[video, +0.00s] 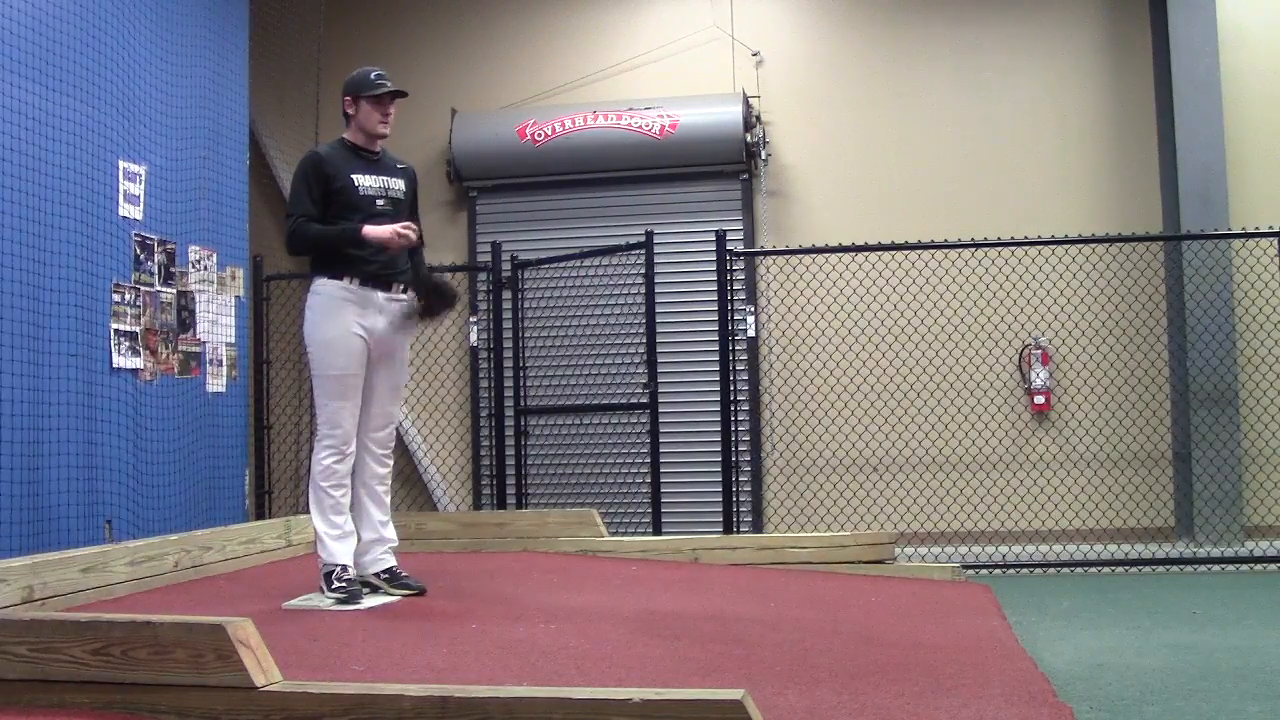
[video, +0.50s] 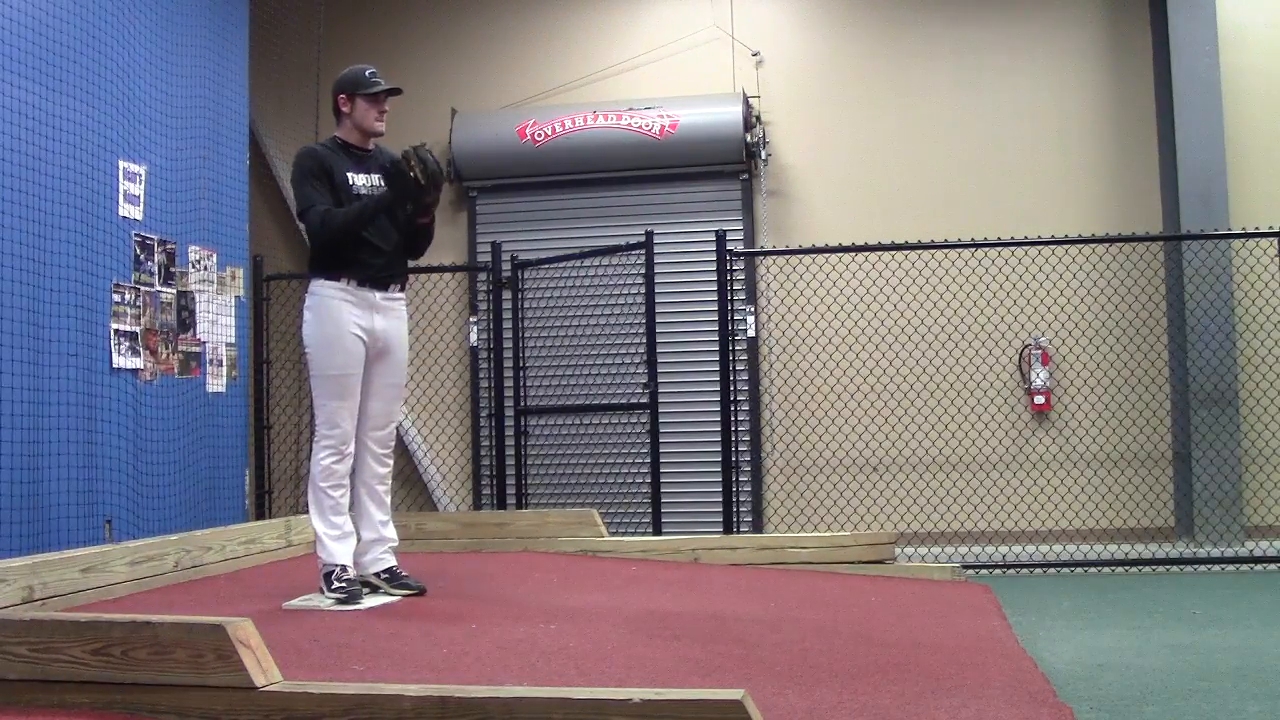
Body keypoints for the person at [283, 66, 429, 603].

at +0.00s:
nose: (388, 112)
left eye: (391, 104)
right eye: (378, 103)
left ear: (393, 110)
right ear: (350, 106)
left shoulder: (403, 173)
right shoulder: (320, 163)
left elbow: (410, 242)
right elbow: (297, 235)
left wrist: (423, 284)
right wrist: (368, 233)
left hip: (394, 307)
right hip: (338, 304)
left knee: (379, 439)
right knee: (338, 437)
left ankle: (376, 561)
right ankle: (336, 564)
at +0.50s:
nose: (384, 107)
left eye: (386, 100)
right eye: (374, 100)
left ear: (384, 107)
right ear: (345, 104)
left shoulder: (395, 168)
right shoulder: (315, 159)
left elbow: (414, 248)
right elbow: (322, 228)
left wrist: (426, 203)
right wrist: (388, 194)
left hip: (391, 310)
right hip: (336, 306)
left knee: (379, 442)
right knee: (336, 440)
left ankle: (377, 561)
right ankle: (335, 564)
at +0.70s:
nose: (382, 107)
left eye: (384, 99)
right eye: (372, 99)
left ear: (384, 106)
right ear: (343, 104)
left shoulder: (395, 164)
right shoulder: (315, 159)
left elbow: (418, 245)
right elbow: (322, 228)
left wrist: (423, 197)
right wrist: (390, 189)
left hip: (394, 309)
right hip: (338, 307)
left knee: (396, 432)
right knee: (339, 436)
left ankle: (382, 559)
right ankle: (335, 563)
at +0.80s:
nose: (385, 108)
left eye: (387, 101)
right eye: (375, 101)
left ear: (387, 107)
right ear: (346, 105)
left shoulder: (398, 164)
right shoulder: (318, 160)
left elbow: (423, 244)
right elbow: (323, 229)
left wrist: (424, 197)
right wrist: (390, 193)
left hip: (399, 310)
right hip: (341, 309)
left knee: (408, 428)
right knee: (343, 436)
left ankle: (400, 555)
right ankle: (335, 562)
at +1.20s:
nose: (428, 125)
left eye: (431, 118)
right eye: (419, 116)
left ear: (432, 125)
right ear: (391, 120)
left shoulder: (447, 179)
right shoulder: (354, 168)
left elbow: (463, 257)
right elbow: (327, 237)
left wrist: (428, 232)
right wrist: (378, 218)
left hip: (423, 322)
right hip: (361, 319)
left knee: (424, 440)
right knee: (363, 427)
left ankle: (430, 559)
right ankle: (367, 557)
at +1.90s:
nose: (391, 125)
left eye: (398, 117)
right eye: (381, 117)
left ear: (408, 121)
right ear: (362, 120)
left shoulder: (417, 163)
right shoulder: (340, 173)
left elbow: (413, 223)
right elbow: (296, 232)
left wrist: (338, 199)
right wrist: (303, 196)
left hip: (420, 298)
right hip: (365, 308)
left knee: (361, 362)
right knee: (368, 427)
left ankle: (379, 515)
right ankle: (381, 566)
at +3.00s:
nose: (555, 171)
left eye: (557, 162)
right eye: (543, 163)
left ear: (565, 167)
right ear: (518, 171)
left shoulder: (588, 206)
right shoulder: (494, 229)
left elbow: (665, 209)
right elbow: (426, 253)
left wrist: (739, 202)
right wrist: (357, 261)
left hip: (607, 374)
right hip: (536, 385)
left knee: (690, 461)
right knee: (483, 502)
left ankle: (742, 603)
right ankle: (389, 569)